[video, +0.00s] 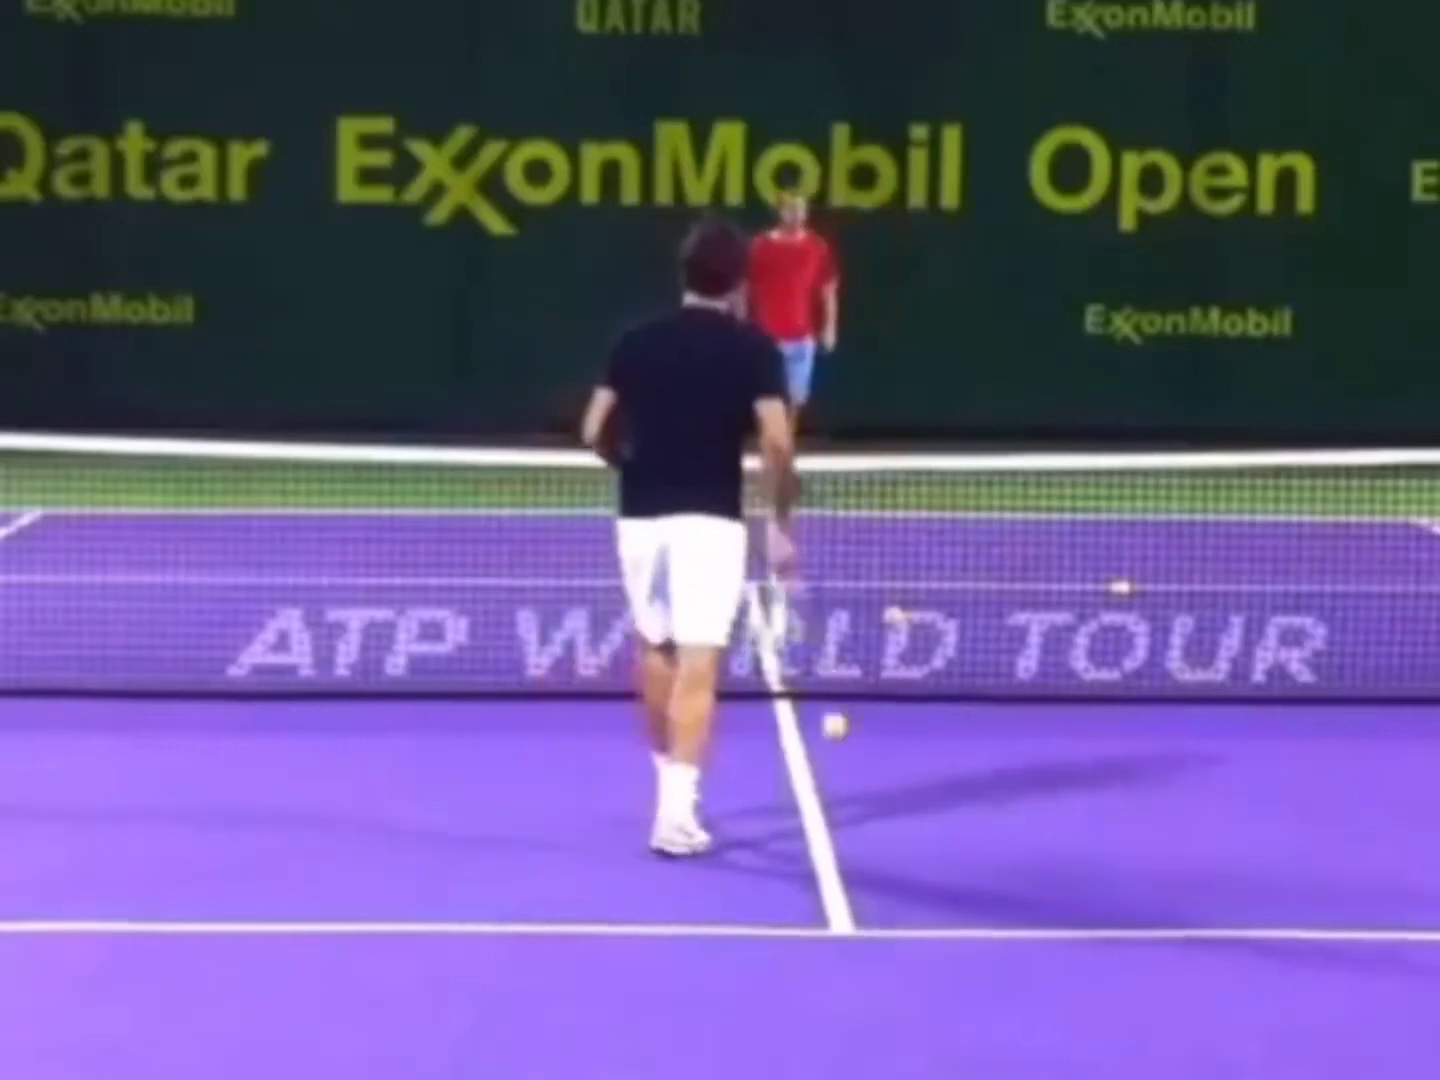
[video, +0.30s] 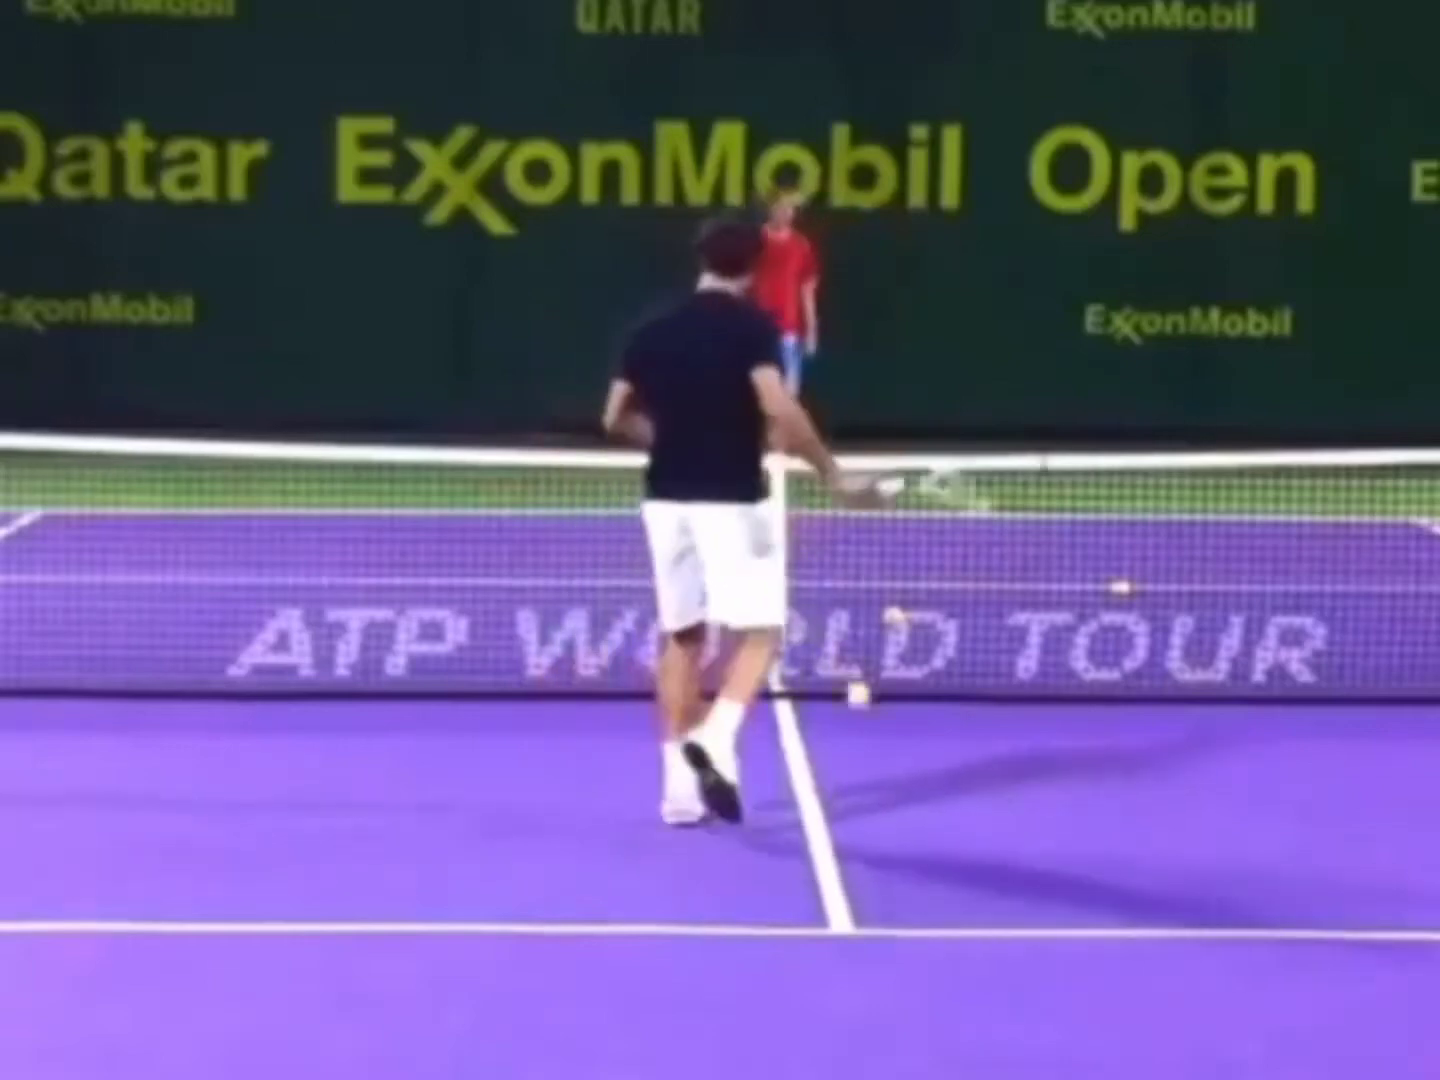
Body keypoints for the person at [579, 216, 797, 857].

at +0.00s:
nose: (740, 289)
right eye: (741, 279)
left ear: (683, 277)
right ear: (738, 283)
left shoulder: (641, 338)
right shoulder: (752, 348)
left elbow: (594, 428)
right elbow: (777, 444)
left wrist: (633, 459)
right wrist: (781, 519)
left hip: (640, 517)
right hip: (712, 519)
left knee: (657, 652)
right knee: (698, 666)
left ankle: (670, 784)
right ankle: (675, 808)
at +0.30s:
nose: (754, 280)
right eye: (755, 269)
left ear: (701, 264)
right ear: (752, 270)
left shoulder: (657, 325)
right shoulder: (753, 326)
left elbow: (616, 418)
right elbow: (779, 408)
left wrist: (670, 437)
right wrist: (827, 467)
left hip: (666, 500)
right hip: (733, 500)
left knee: (680, 637)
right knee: (760, 630)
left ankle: (678, 780)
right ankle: (717, 736)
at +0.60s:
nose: (811, 302)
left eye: (809, 290)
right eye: (812, 293)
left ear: (763, 272)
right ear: (805, 288)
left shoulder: (702, 325)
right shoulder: (790, 337)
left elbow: (652, 406)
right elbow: (831, 417)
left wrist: (706, 434)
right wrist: (919, 441)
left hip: (697, 503)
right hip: (767, 509)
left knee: (690, 635)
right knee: (786, 637)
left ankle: (678, 775)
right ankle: (809, 751)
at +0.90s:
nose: (895, 344)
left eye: (895, 334)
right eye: (897, 335)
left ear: (850, 306)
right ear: (890, 330)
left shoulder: (787, 328)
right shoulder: (870, 371)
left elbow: (713, 377)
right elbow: (889, 472)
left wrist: (714, 449)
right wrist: (949, 531)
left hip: (741, 488)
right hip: (810, 504)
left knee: (711, 621)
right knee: (821, 626)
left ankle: (695, 742)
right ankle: (825, 762)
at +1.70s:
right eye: (909, 283)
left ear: (863, 267)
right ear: (911, 291)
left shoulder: (815, 302)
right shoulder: (905, 352)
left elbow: (774, 359)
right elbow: (900, 446)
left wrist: (756, 426)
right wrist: (871, 474)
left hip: (782, 473)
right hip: (848, 490)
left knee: (748, 604)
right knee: (838, 621)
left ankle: (760, 732)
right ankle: (828, 756)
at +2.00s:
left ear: (800, 278)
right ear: (852, 282)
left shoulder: (765, 337)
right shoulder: (874, 345)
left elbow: (726, 429)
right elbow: (906, 439)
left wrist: (764, 462)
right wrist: (867, 472)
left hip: (768, 505)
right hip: (840, 514)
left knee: (760, 642)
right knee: (841, 634)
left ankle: (783, 774)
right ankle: (840, 760)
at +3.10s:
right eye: (844, 265)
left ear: (794, 264)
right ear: (849, 271)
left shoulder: (751, 327)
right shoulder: (867, 340)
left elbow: (710, 413)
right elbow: (899, 442)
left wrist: (757, 426)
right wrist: (870, 477)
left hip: (749, 511)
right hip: (826, 516)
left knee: (720, 655)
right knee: (848, 659)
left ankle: (694, 794)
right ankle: (859, 806)